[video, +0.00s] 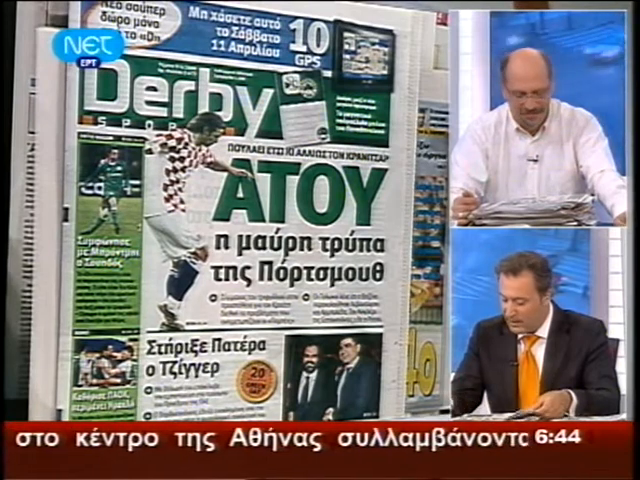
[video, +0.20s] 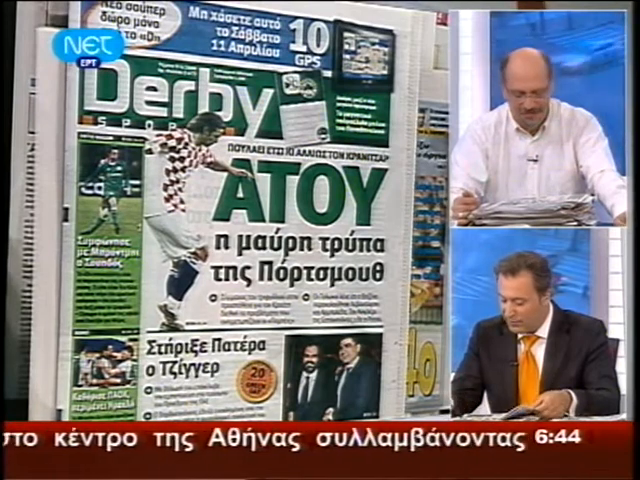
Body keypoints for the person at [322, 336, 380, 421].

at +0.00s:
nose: (343, 351)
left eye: (347, 346)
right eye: (341, 348)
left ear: (358, 348)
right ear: (339, 351)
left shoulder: (367, 368)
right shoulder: (341, 371)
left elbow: (361, 407)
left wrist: (335, 416)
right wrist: (332, 410)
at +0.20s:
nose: (343, 351)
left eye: (347, 346)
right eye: (341, 348)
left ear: (358, 348)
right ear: (339, 351)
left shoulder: (367, 368)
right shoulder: (341, 371)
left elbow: (361, 407)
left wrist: (335, 416)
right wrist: (332, 410)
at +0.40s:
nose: (343, 351)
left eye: (347, 346)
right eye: (341, 348)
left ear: (358, 348)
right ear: (339, 351)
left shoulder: (367, 368)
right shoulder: (341, 371)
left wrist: (335, 416)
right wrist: (332, 410)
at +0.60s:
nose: (343, 351)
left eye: (347, 346)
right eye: (341, 348)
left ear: (358, 348)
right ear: (339, 351)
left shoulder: (367, 368)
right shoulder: (341, 371)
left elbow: (361, 407)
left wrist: (335, 416)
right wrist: (332, 410)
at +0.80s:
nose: (343, 351)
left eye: (347, 346)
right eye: (341, 348)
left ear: (358, 348)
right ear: (339, 351)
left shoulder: (367, 368)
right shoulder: (341, 371)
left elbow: (361, 408)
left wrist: (335, 416)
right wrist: (331, 410)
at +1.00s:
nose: (343, 351)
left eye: (347, 346)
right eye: (341, 348)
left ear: (358, 348)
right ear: (339, 351)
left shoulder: (367, 368)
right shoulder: (341, 371)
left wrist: (335, 416)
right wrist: (332, 410)